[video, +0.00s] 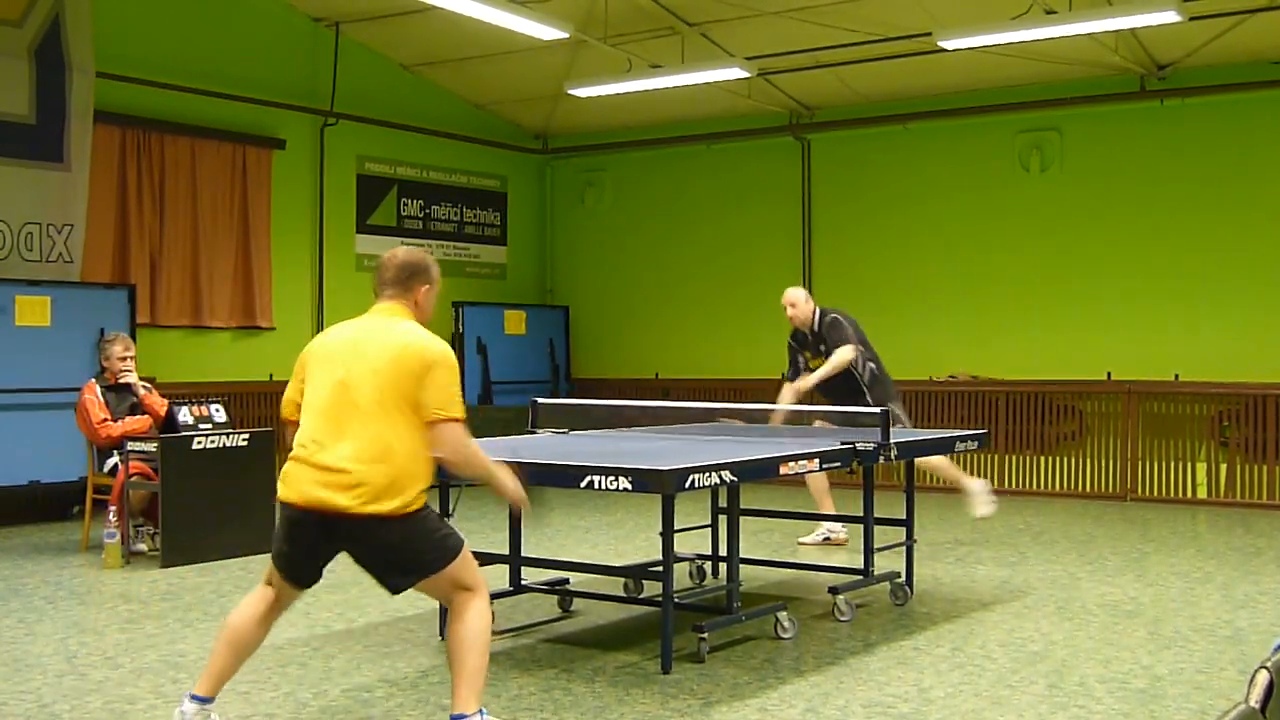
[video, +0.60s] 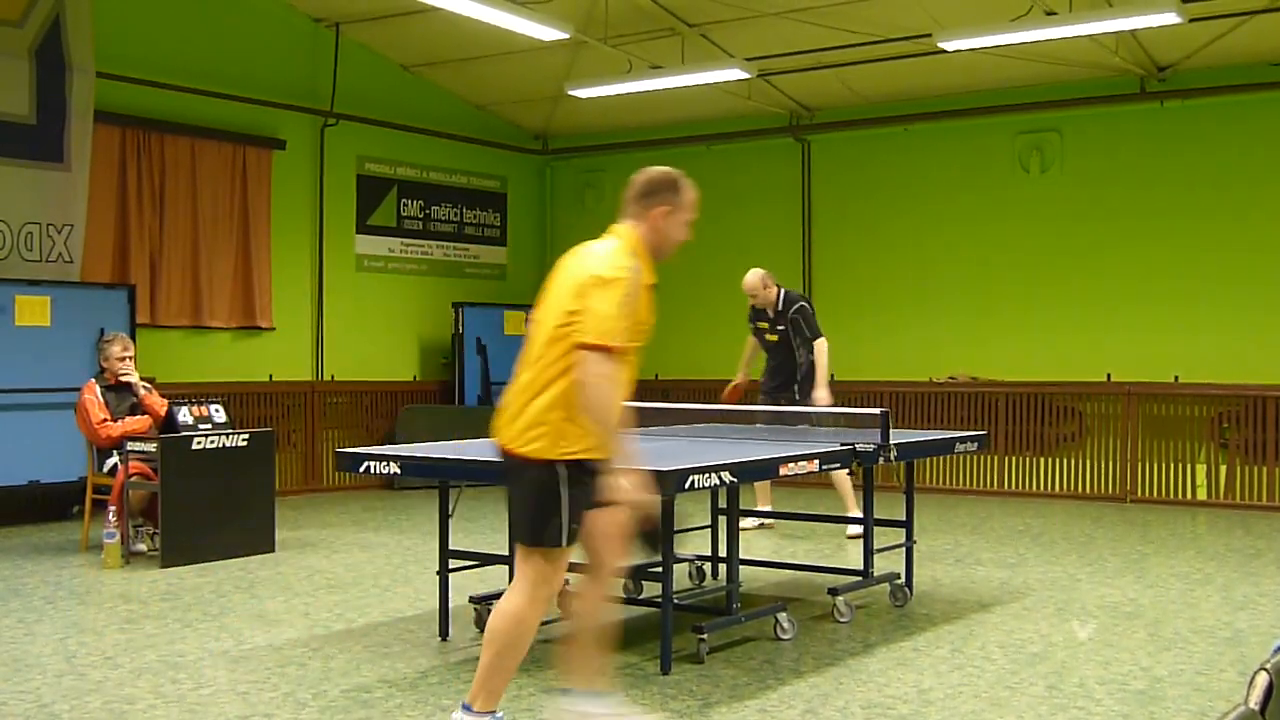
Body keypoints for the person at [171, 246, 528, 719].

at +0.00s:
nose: (435, 301)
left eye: (435, 292)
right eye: (435, 292)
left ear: (379, 290)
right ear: (421, 293)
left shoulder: (324, 341)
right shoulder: (430, 350)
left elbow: (292, 419)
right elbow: (447, 442)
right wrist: (497, 475)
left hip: (305, 499)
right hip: (384, 508)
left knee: (272, 591)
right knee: (468, 592)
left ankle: (198, 700)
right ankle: (467, 713)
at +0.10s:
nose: (478, 297)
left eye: (479, 286)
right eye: (476, 286)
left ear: (429, 283)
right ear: (457, 287)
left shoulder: (377, 331)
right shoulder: (431, 346)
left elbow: (365, 407)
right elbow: (413, 435)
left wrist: (440, 416)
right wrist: (478, 511)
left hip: (315, 502)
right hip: (378, 507)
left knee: (285, 601)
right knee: (490, 584)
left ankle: (195, 700)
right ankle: (467, 714)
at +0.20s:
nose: (520, 294)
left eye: (521, 284)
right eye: (519, 283)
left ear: (473, 277)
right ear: (498, 282)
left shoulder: (429, 320)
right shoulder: (463, 336)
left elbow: (431, 399)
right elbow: (410, 412)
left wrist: (493, 407)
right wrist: (433, 491)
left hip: (343, 492)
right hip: (394, 498)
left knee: (298, 594)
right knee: (513, 584)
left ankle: (200, 694)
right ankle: (471, 713)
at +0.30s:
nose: (584, 277)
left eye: (586, 266)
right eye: (584, 265)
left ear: (540, 257)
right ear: (563, 264)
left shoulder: (520, 303)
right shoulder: (512, 311)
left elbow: (492, 375)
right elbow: (449, 379)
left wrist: (545, 402)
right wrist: (421, 474)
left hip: (405, 469)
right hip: (452, 479)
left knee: (363, 575)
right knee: (538, 593)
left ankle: (254, 666)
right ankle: (474, 715)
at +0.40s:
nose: (616, 260)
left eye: (618, 249)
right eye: (616, 248)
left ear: (574, 239)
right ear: (593, 245)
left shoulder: (538, 279)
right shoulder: (547, 293)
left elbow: (502, 366)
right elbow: (480, 368)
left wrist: (555, 406)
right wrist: (452, 468)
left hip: (449, 458)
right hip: (487, 468)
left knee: (431, 570)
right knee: (540, 591)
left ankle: (323, 656)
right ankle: (474, 714)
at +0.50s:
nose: (659, 238)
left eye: (661, 226)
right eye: (658, 224)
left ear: (615, 215)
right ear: (632, 218)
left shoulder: (571, 258)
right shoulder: (588, 269)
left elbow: (535, 352)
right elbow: (548, 360)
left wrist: (560, 437)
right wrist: (546, 466)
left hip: (507, 440)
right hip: (520, 447)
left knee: (531, 576)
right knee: (537, 584)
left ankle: (457, 669)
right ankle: (477, 709)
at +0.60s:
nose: (689, 233)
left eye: (690, 220)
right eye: (686, 219)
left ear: (647, 212)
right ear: (658, 213)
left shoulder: (593, 256)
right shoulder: (618, 266)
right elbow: (597, 371)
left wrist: (621, 445)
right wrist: (625, 464)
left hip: (575, 439)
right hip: (548, 440)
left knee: (610, 556)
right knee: (537, 579)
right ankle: (477, 710)